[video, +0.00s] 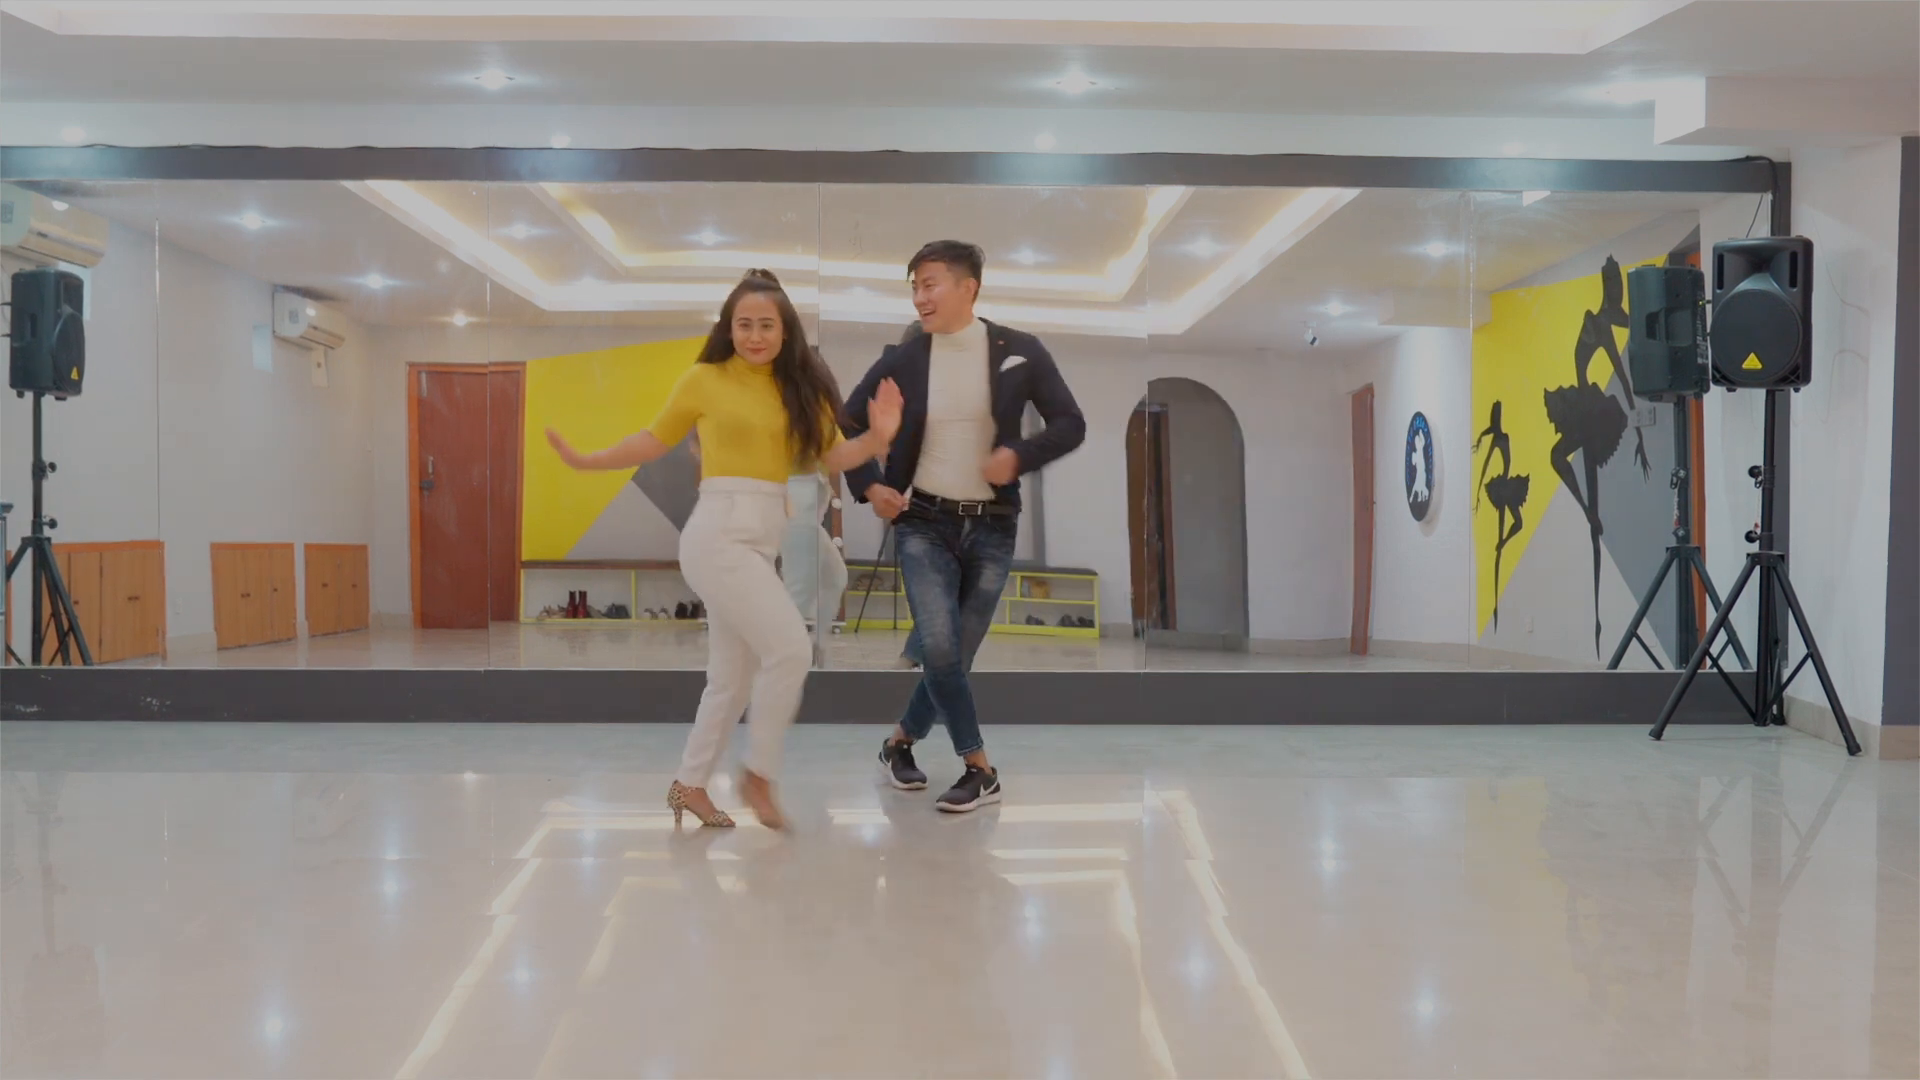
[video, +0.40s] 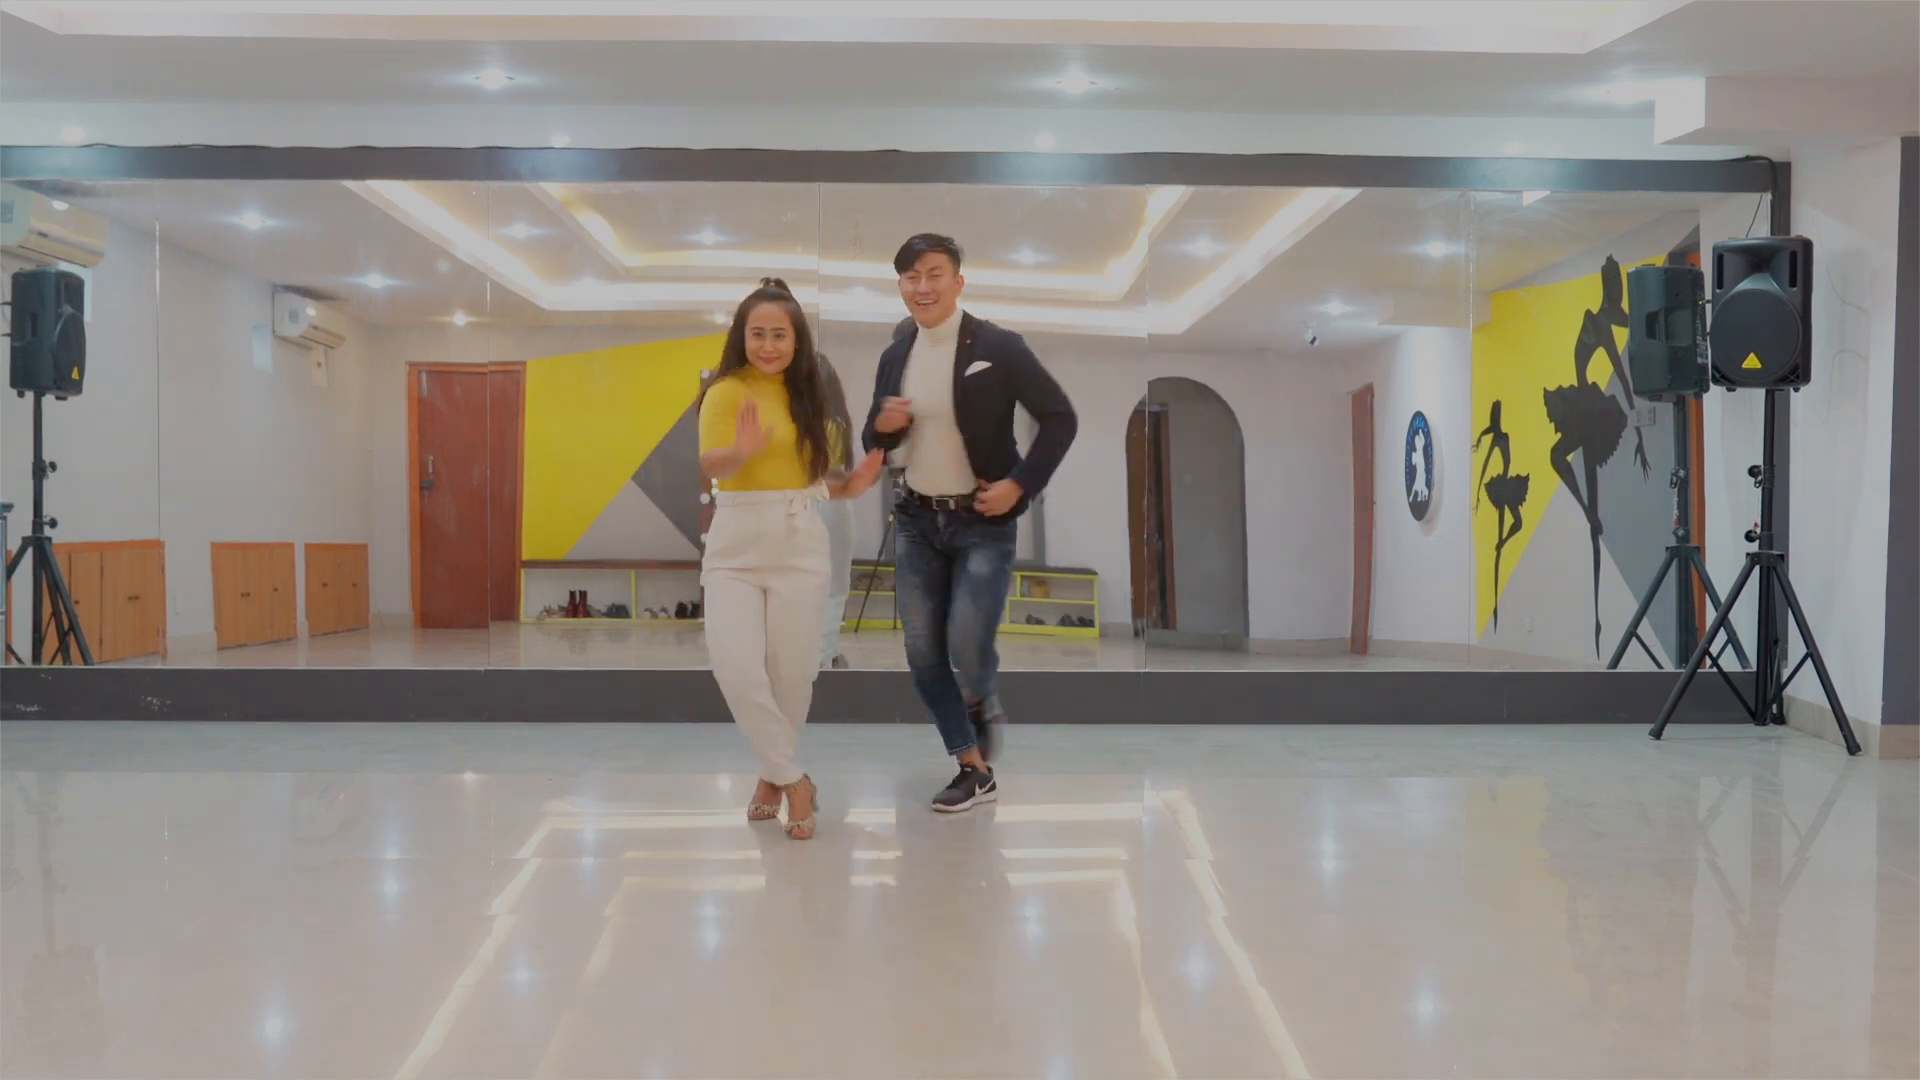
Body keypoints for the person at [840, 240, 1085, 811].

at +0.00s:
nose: (920, 298)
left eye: (931, 285)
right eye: (915, 288)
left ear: (969, 288)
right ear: (914, 294)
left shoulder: (1020, 353)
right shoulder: (903, 359)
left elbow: (1071, 426)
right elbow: (847, 426)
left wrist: (1021, 456)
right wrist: (868, 486)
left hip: (992, 524)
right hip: (921, 519)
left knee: (956, 655)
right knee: (938, 648)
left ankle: (901, 742)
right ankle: (979, 768)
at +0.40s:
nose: (921, 286)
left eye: (934, 274)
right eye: (911, 276)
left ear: (959, 280)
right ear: (900, 285)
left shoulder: (999, 348)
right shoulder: (898, 354)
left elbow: (1061, 420)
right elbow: (873, 437)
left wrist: (1021, 485)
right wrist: (883, 426)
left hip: (983, 519)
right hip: (916, 517)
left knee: (968, 652)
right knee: (923, 654)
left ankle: (978, 709)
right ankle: (971, 767)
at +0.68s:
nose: (941, 279)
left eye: (952, 268)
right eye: (929, 270)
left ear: (974, 276)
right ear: (915, 280)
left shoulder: (1013, 342)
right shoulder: (889, 352)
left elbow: (1066, 415)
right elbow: (843, 432)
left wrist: (1016, 425)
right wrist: (875, 485)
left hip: (981, 516)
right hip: (910, 517)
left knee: (968, 640)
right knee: (909, 661)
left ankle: (947, 776)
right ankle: (974, 763)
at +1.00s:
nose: (936, 287)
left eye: (947, 276)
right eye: (925, 278)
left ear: (968, 284)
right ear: (908, 287)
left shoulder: (1001, 355)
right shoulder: (876, 358)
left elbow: (1059, 430)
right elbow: (832, 430)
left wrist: (1019, 477)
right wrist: (864, 462)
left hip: (993, 524)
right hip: (920, 524)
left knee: (997, 648)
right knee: (933, 652)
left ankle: (977, 772)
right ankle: (926, 763)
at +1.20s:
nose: (948, 288)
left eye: (959, 276)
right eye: (937, 277)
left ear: (979, 284)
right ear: (920, 286)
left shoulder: (1017, 346)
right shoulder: (899, 358)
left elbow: (1062, 401)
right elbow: (860, 437)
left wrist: (1050, 469)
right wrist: (916, 443)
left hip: (982, 518)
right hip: (911, 513)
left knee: (975, 648)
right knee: (900, 639)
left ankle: (989, 734)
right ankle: (926, 760)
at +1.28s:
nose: (954, 289)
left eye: (966, 278)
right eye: (943, 279)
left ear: (985, 286)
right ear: (927, 288)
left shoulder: (1021, 345)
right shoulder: (902, 360)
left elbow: (1064, 398)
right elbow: (874, 443)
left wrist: (1055, 463)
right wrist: (929, 453)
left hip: (991, 519)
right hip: (920, 515)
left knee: (984, 643)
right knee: (896, 626)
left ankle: (985, 742)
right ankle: (939, 752)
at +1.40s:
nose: (962, 292)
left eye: (972, 281)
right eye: (950, 281)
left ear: (990, 290)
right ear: (933, 291)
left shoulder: (1021, 353)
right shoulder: (903, 364)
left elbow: (1077, 411)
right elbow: (866, 449)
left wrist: (1071, 467)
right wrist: (925, 486)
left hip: (1007, 519)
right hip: (933, 524)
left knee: (997, 649)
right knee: (928, 647)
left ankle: (986, 744)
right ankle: (948, 770)